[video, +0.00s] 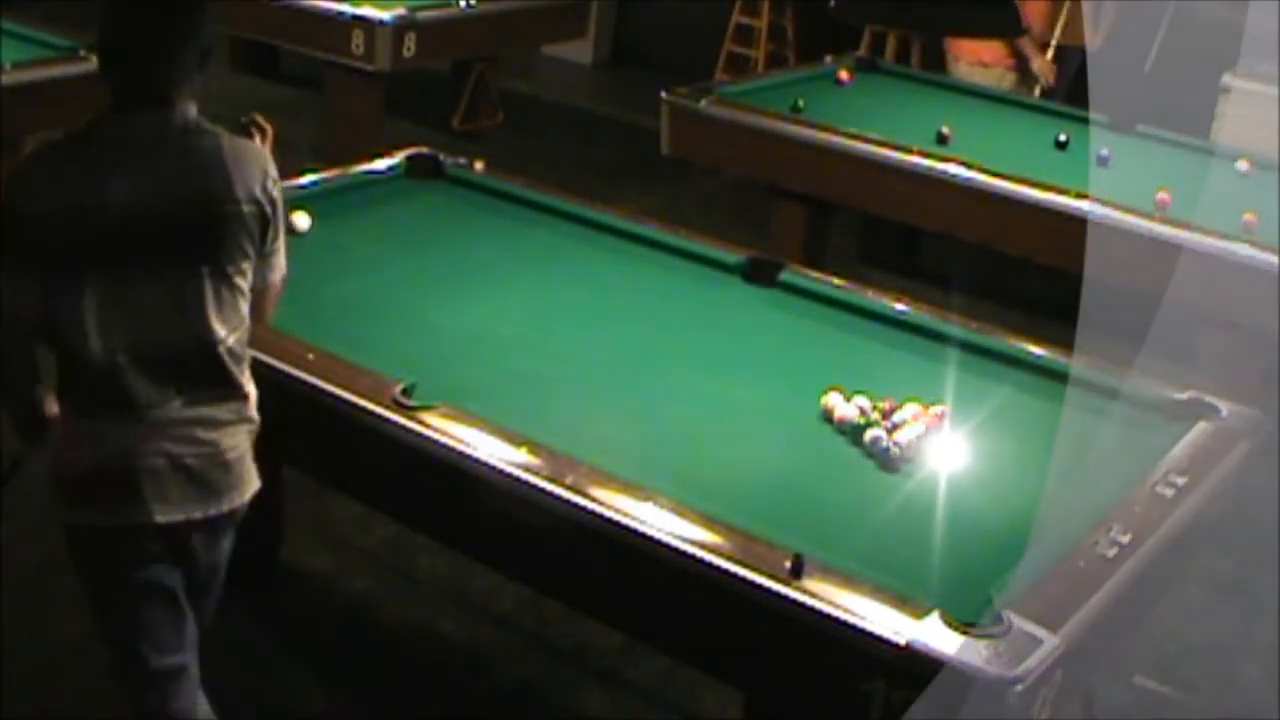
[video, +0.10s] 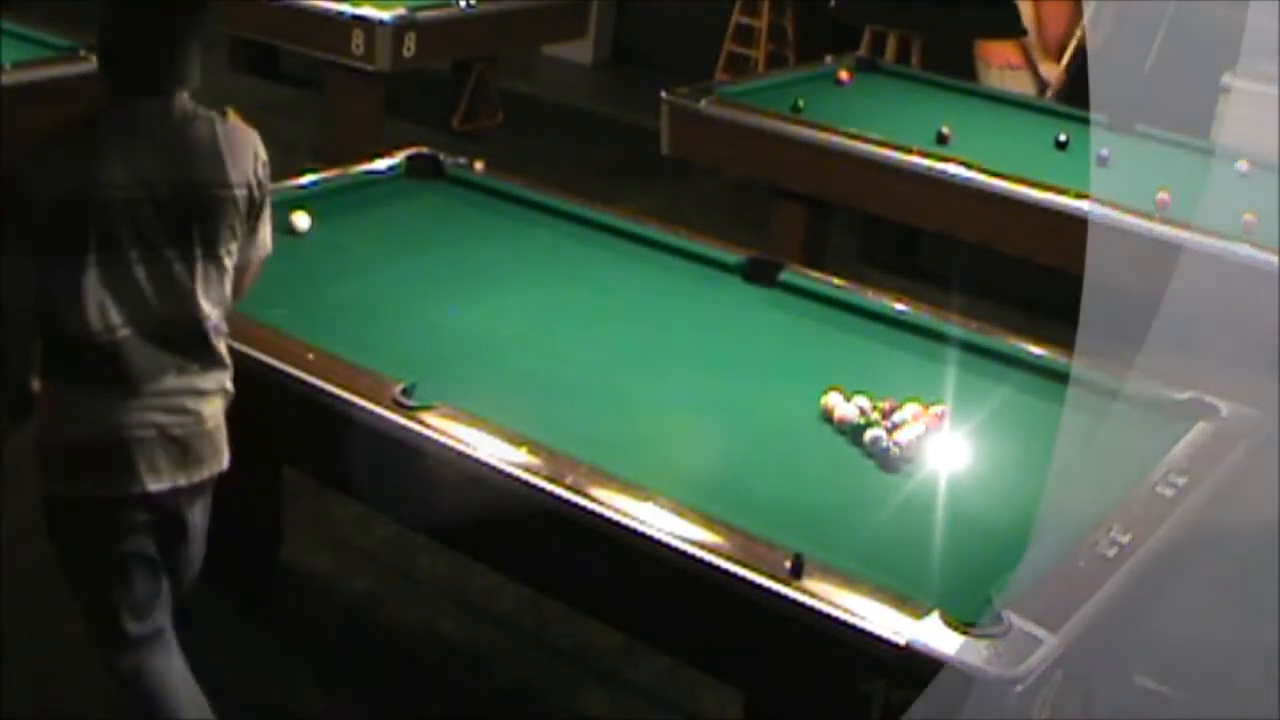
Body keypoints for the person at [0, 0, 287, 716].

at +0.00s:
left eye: (110, 51)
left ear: (106, 60)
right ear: (203, 62)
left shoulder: (49, 174)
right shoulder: (245, 169)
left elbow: (20, 327)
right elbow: (261, 307)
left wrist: (43, 418)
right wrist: (258, 171)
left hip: (103, 472)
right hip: (218, 470)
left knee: (165, 680)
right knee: (181, 667)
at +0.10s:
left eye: (109, 41)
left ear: (107, 51)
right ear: (194, 51)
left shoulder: (61, 151)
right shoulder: (239, 149)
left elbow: (23, 293)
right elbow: (244, 273)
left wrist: (23, 384)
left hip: (93, 445)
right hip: (198, 437)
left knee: (141, 638)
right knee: (165, 618)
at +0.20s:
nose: (94, 29)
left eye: (99, 19)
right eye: (105, 18)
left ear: (103, 29)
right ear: (181, 30)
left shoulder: (59, 128)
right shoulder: (225, 128)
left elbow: (24, 268)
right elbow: (217, 245)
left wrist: (24, 349)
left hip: (86, 415)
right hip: (186, 409)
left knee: (86, 576)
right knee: (162, 578)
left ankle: (162, 710)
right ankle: (158, 695)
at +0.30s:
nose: (83, 25)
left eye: (87, 15)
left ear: (89, 20)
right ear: (164, 22)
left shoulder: (51, 111)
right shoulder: (207, 110)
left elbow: (25, 245)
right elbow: (195, 214)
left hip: (80, 389)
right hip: (174, 379)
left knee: (58, 546)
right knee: (158, 558)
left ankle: (146, 696)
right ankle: (164, 692)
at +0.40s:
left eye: (62, 8)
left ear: (67, 9)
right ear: (144, 9)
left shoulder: (26, 105)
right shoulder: (186, 91)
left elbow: (9, 251)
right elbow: (174, 203)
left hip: (44, 381)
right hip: (150, 373)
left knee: (37, 542)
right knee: (146, 554)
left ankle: (66, 684)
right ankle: (153, 694)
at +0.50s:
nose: (27, 15)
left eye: (35, 8)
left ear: (48, 9)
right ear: (121, 6)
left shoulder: (25, 94)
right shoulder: (164, 83)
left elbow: (13, 227)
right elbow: (139, 194)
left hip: (36, 364)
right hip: (134, 355)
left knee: (18, 535)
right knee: (139, 543)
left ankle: (23, 679)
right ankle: (148, 691)